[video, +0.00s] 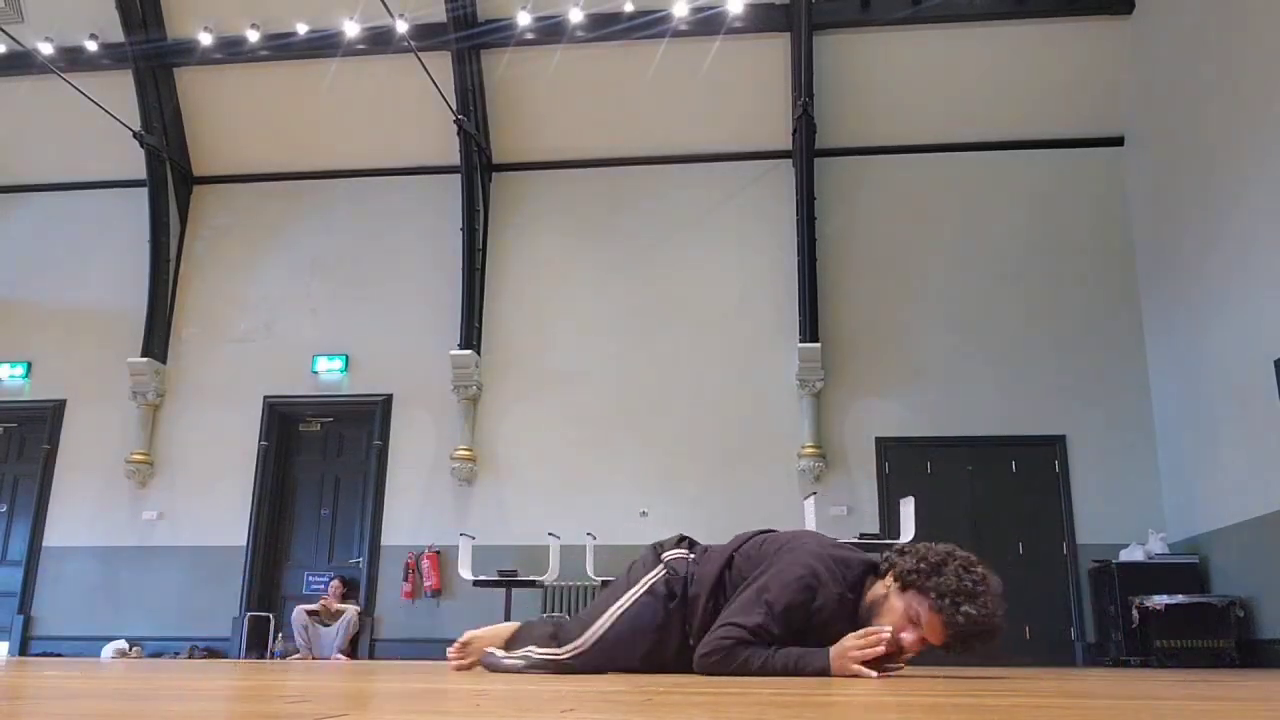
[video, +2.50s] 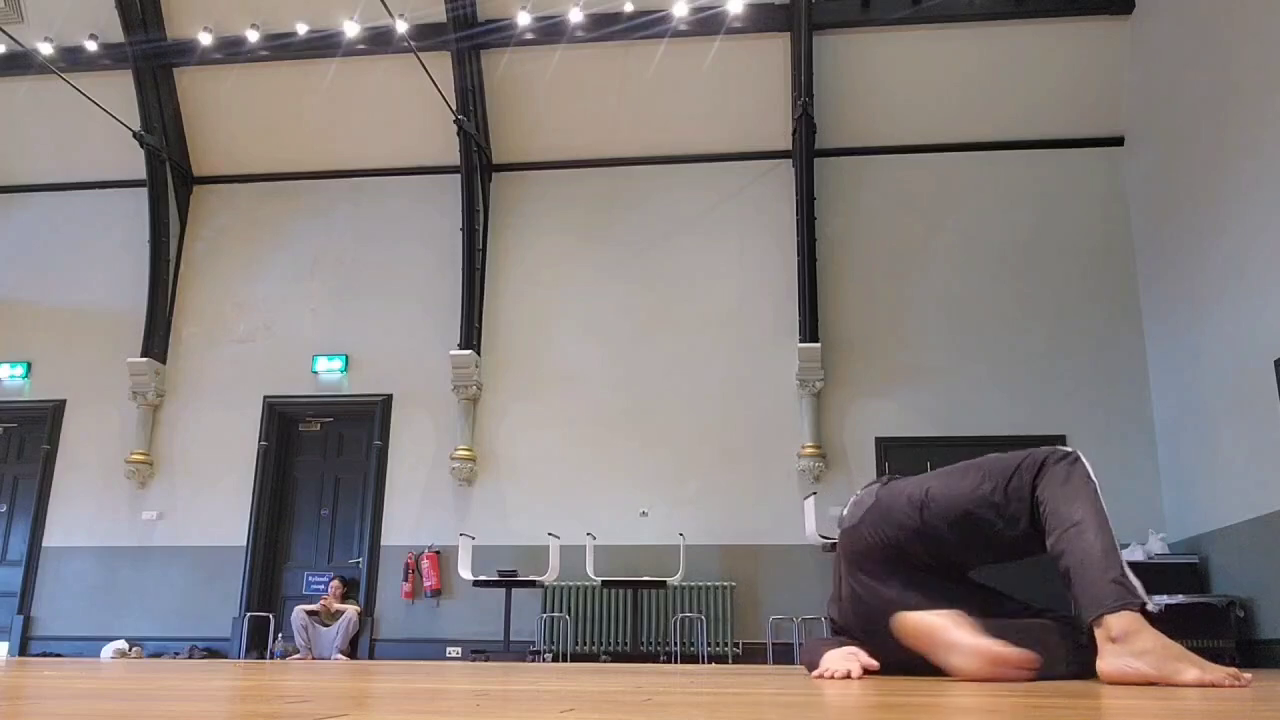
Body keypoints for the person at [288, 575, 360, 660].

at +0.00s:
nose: (333, 590)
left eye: (337, 588)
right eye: (331, 587)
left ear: (344, 590)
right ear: (328, 589)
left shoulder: (349, 604)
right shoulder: (322, 604)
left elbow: (358, 609)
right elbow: (298, 608)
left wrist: (336, 607)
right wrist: (318, 607)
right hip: (316, 634)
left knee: (352, 614)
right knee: (297, 612)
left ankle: (337, 653)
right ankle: (304, 653)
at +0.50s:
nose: (333, 590)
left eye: (337, 588)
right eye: (331, 587)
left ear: (344, 590)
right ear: (328, 589)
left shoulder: (349, 603)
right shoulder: (322, 604)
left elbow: (357, 610)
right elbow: (298, 608)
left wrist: (336, 607)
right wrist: (318, 606)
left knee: (352, 614)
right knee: (297, 612)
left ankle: (337, 653)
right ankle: (304, 652)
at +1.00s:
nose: (333, 591)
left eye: (337, 588)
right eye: (331, 587)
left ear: (344, 590)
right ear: (328, 589)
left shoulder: (349, 603)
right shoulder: (323, 604)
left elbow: (357, 610)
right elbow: (298, 608)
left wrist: (335, 606)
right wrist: (318, 607)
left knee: (352, 614)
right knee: (297, 612)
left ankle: (337, 653)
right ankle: (304, 652)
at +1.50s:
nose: (333, 591)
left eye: (337, 588)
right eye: (331, 587)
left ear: (344, 590)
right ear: (328, 589)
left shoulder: (349, 603)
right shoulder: (323, 603)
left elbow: (357, 610)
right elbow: (297, 608)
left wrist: (335, 606)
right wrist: (317, 607)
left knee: (352, 614)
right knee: (297, 612)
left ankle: (337, 653)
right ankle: (304, 652)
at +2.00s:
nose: (333, 591)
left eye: (337, 588)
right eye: (331, 587)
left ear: (343, 590)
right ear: (328, 589)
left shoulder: (349, 603)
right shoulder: (323, 603)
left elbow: (357, 610)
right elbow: (297, 608)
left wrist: (335, 607)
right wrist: (317, 607)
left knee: (352, 613)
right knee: (297, 612)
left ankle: (336, 653)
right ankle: (304, 652)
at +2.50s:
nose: (333, 591)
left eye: (337, 588)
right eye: (331, 588)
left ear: (344, 590)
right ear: (328, 589)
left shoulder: (349, 602)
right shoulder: (323, 603)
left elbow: (357, 610)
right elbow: (297, 608)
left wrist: (334, 606)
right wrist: (318, 607)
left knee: (352, 614)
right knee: (297, 612)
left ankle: (336, 653)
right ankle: (304, 653)